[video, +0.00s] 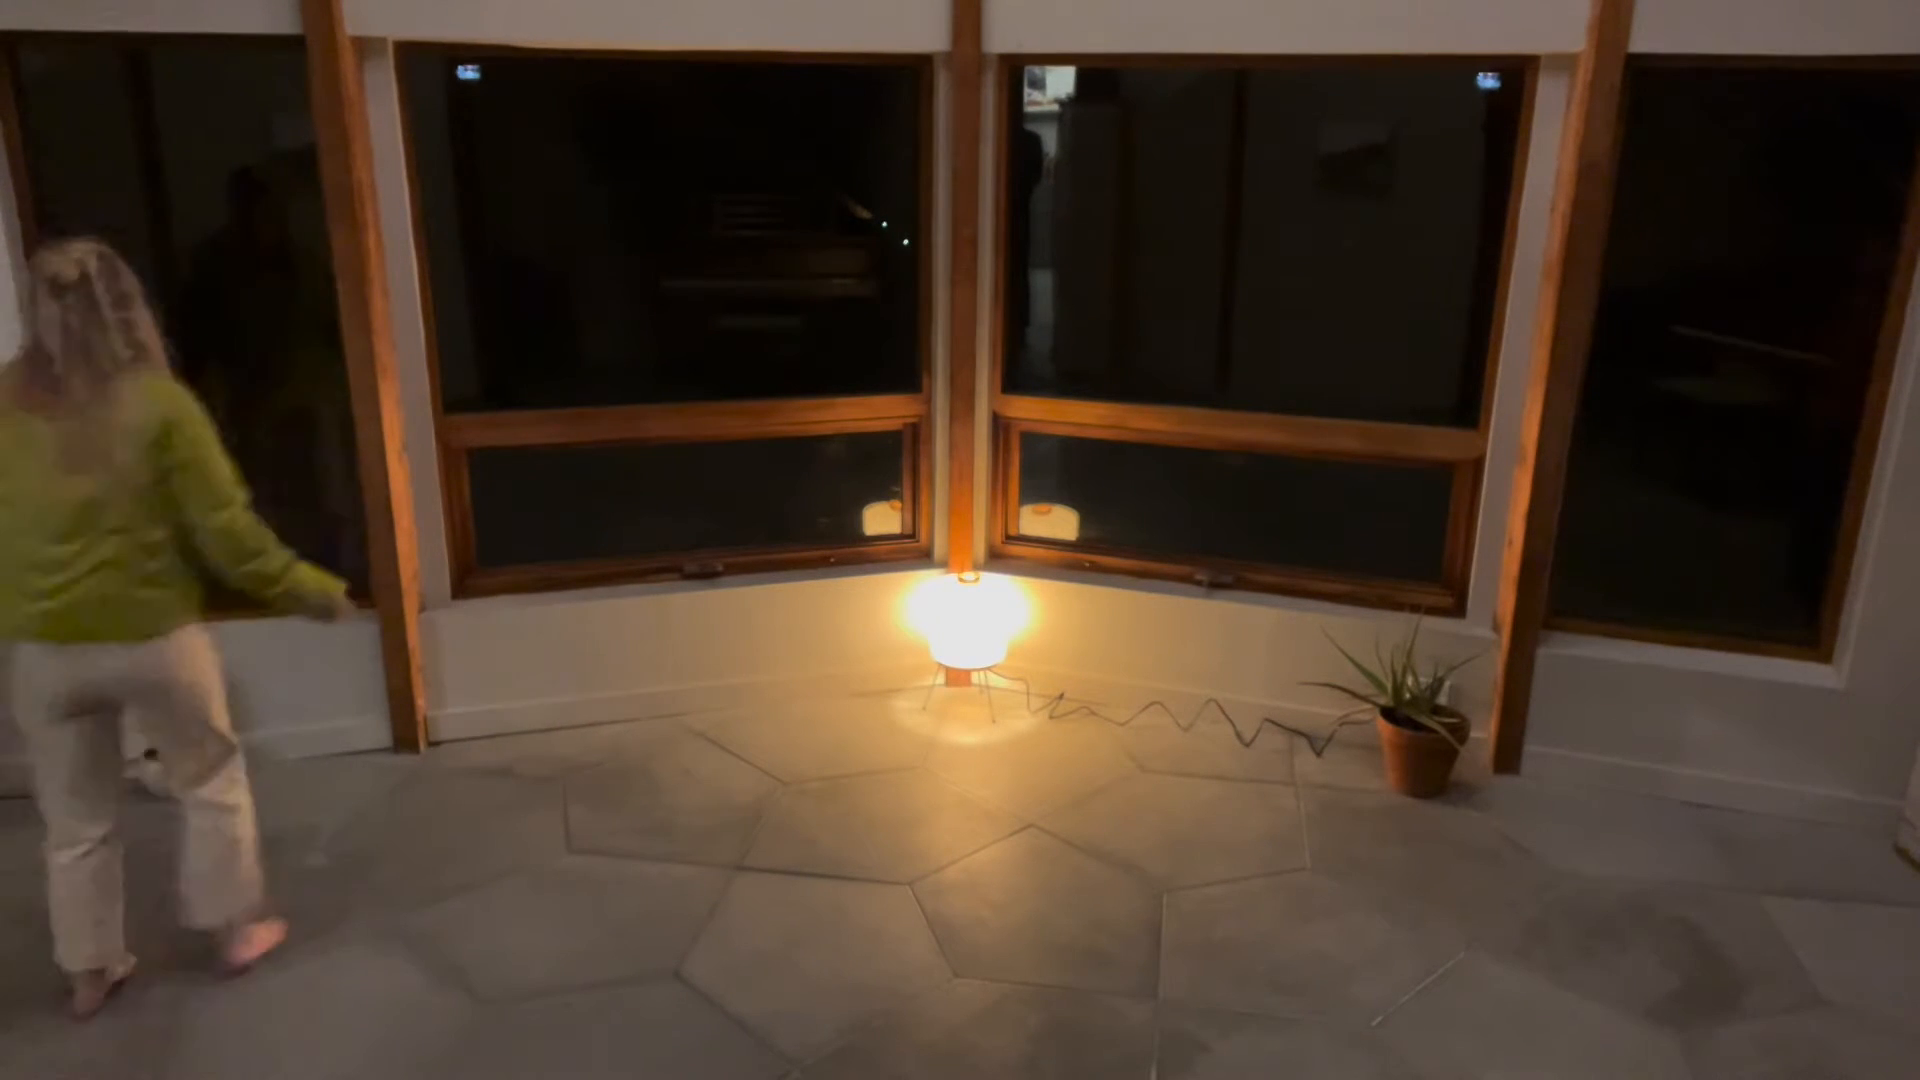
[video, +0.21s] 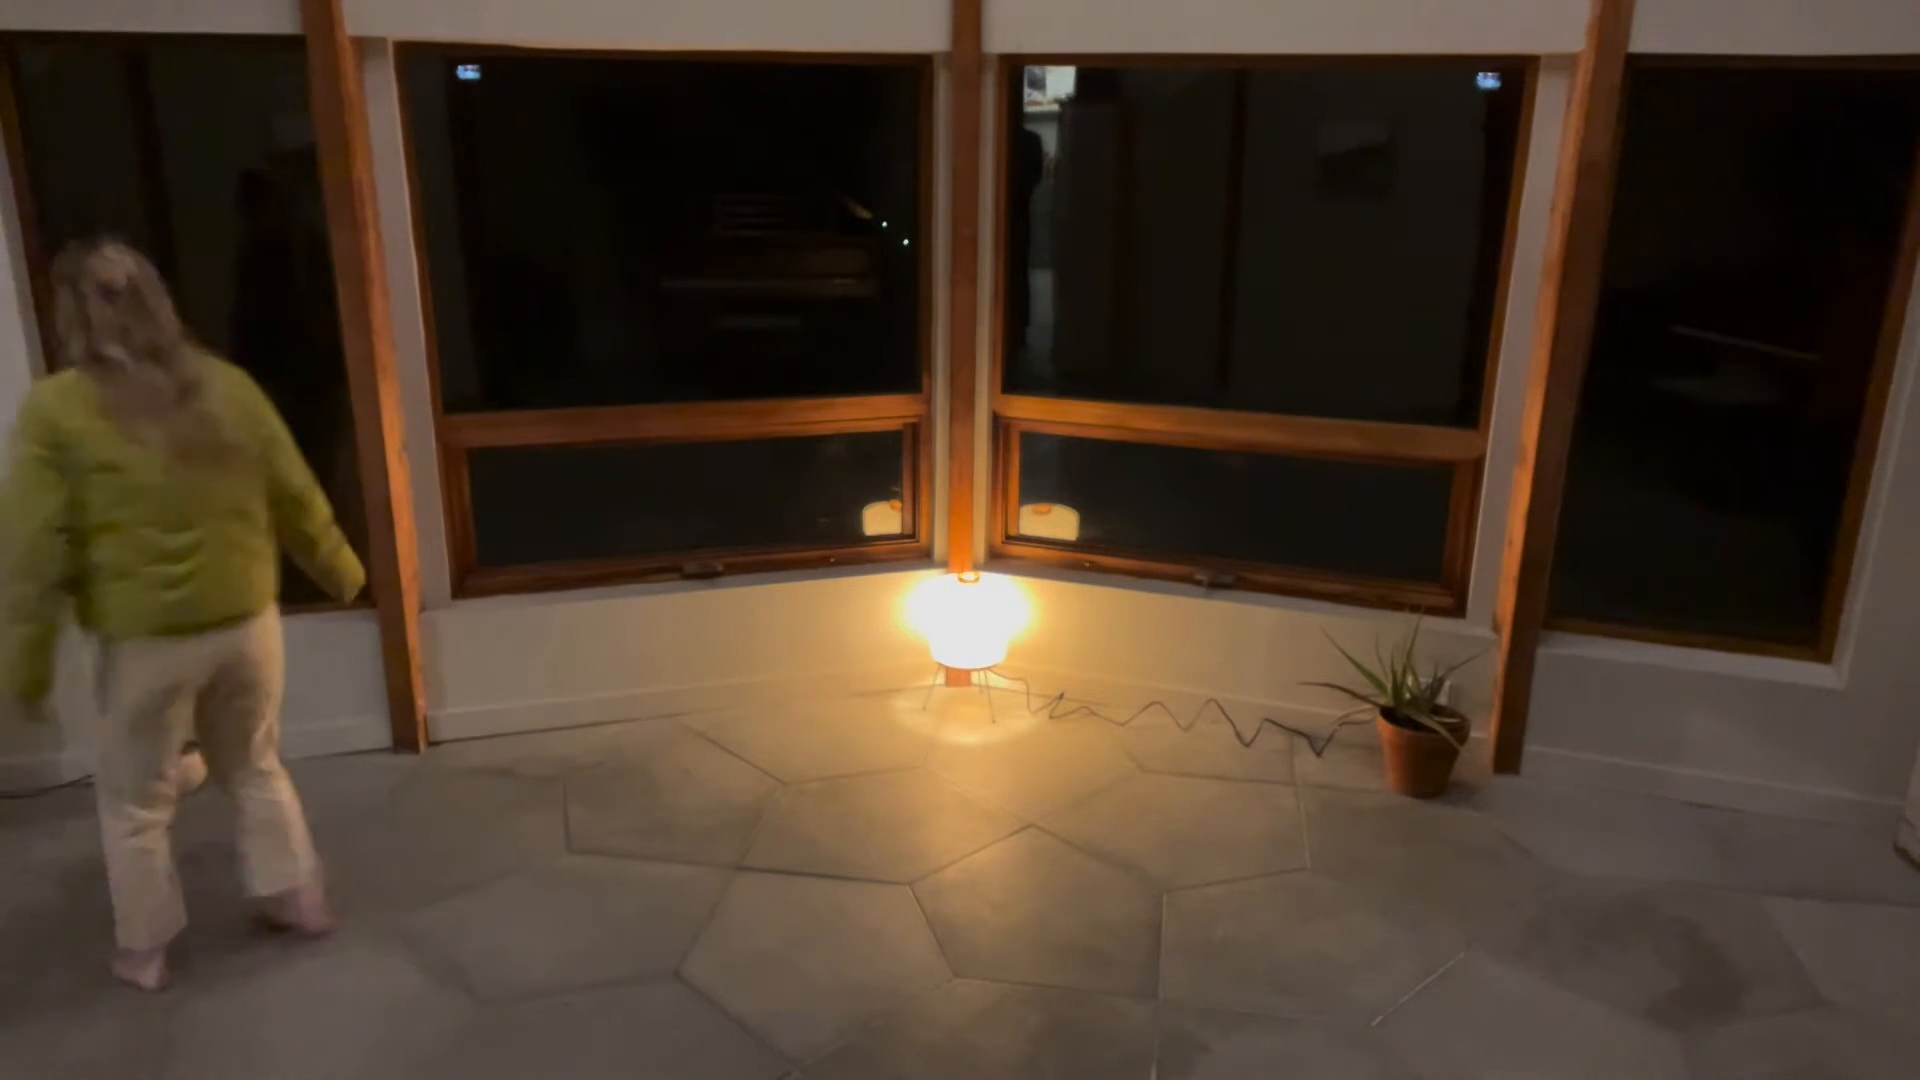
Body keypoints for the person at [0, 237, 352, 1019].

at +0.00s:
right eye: (136, 305)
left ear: (41, 319)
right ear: (129, 311)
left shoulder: (10, 407)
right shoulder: (159, 402)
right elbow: (227, 534)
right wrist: (318, 590)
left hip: (41, 654)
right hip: (154, 645)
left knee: (74, 822)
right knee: (208, 776)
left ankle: (90, 974)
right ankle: (237, 931)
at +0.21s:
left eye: (65, 309)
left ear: (71, 314)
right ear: (155, 302)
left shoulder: (54, 408)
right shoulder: (223, 383)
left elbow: (31, 554)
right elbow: (296, 493)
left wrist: (26, 674)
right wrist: (345, 573)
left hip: (147, 645)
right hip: (250, 629)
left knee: (138, 801)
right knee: (257, 763)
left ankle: (147, 954)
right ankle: (298, 901)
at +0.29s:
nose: (66, 332)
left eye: (68, 314)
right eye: (64, 314)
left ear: (93, 314)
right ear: (159, 297)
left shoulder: (106, 406)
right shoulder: (245, 371)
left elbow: (97, 552)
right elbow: (311, 475)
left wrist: (79, 676)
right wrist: (333, 563)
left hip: (201, 637)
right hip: (287, 617)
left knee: (162, 791)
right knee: (280, 769)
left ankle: (196, 941)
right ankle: (317, 904)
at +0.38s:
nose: (78, 340)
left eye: (79, 322)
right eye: (74, 323)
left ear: (109, 315)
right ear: (166, 296)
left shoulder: (133, 400)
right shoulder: (257, 367)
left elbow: (137, 546)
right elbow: (319, 477)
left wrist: (121, 672)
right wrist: (325, 564)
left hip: (231, 628)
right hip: (304, 608)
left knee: (183, 775)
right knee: (283, 766)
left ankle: (284, 894)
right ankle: (318, 900)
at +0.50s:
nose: (111, 343)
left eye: (112, 326)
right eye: (105, 329)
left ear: (146, 318)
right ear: (181, 307)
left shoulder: (190, 400)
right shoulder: (256, 369)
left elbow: (213, 548)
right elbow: (308, 496)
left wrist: (201, 672)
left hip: (278, 616)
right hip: (324, 601)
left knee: (268, 772)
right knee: (298, 758)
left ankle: (337, 904)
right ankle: (357, 865)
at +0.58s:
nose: (143, 355)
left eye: (146, 338)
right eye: (136, 341)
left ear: (181, 323)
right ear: (204, 314)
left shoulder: (229, 392)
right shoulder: (257, 376)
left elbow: (255, 536)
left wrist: (242, 667)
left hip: (313, 611)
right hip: (338, 599)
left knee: (292, 758)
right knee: (313, 746)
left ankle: (340, 906)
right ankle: (378, 852)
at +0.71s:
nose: (193, 353)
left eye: (198, 335)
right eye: (186, 339)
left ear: (235, 327)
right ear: (206, 336)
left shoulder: (306, 389)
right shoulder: (234, 403)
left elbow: (349, 521)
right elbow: (257, 510)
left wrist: (332, 644)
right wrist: (270, 588)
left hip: (372, 598)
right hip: (308, 601)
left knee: (358, 748)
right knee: (307, 754)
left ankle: (435, 856)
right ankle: (372, 862)